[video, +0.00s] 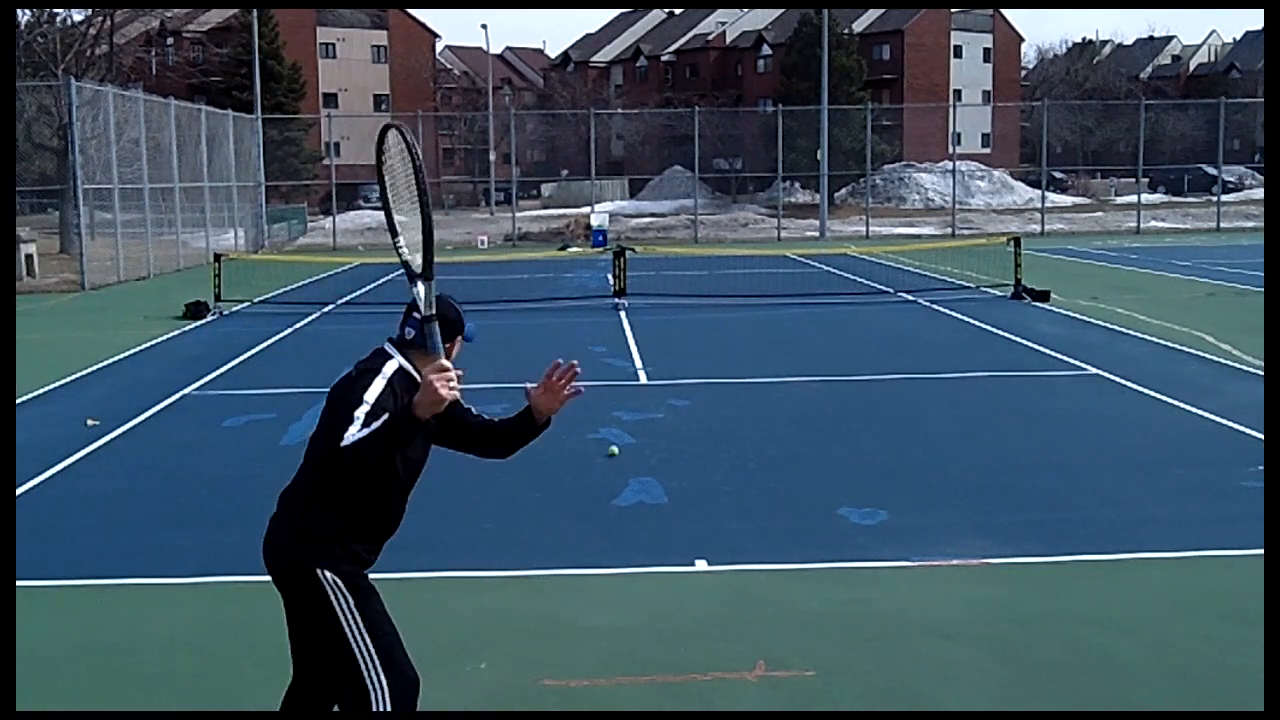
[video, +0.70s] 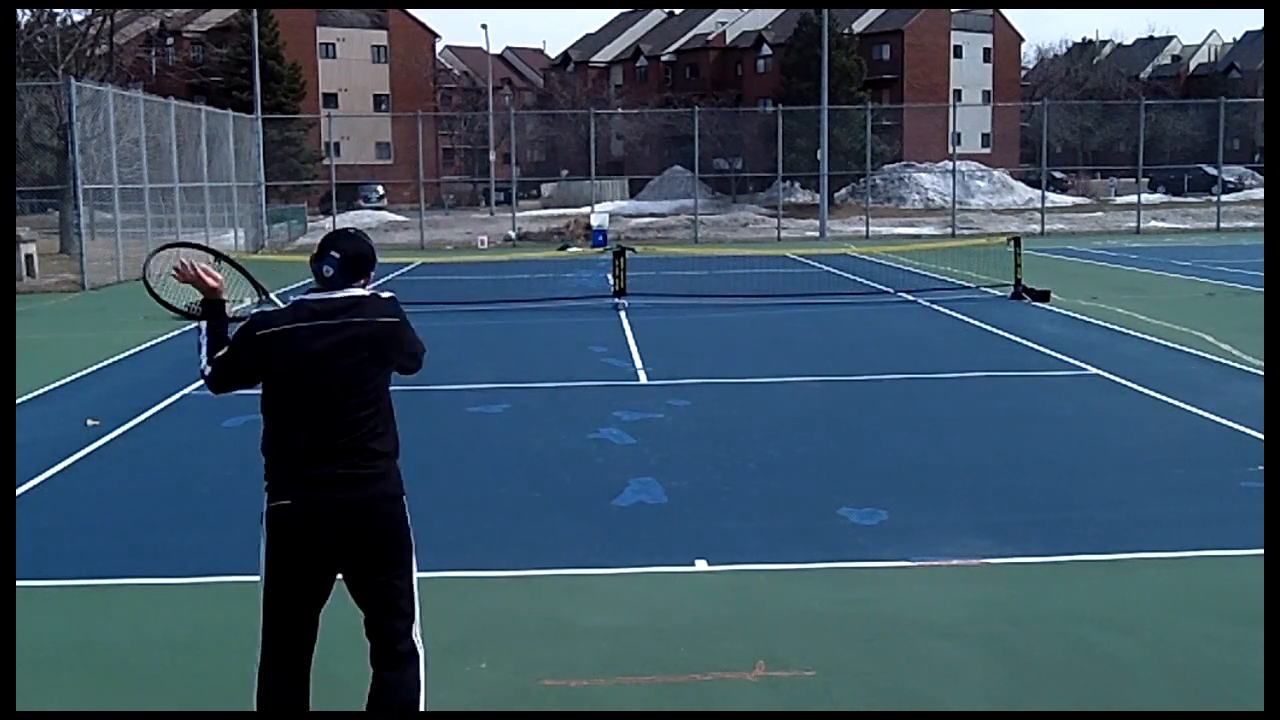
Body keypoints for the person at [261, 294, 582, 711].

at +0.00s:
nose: (457, 355)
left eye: (458, 345)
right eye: (457, 344)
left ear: (412, 335)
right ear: (447, 344)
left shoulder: (419, 390)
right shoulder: (378, 379)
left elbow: (492, 441)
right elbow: (342, 454)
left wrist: (536, 414)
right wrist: (413, 413)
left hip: (334, 553)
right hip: (313, 553)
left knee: (316, 687)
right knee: (391, 686)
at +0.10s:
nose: (456, 357)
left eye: (457, 348)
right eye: (456, 349)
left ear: (408, 339)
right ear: (448, 354)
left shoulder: (426, 404)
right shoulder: (367, 383)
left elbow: (484, 448)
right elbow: (317, 440)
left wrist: (545, 437)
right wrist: (360, 413)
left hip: (327, 553)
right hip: (301, 551)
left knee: (321, 681)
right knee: (382, 684)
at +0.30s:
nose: (456, 368)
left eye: (455, 360)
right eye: (456, 360)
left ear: (407, 352)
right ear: (445, 367)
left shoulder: (399, 404)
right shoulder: (383, 389)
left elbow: (440, 468)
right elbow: (329, 452)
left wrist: (518, 490)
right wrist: (346, 490)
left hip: (276, 549)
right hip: (301, 554)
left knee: (307, 677)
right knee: (384, 682)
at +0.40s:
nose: (441, 356)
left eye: (442, 348)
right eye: (442, 349)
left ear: (392, 337)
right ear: (431, 353)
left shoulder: (349, 370)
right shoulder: (388, 384)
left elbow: (371, 465)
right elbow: (357, 477)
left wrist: (441, 477)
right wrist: (406, 544)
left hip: (267, 537)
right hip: (312, 547)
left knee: (294, 675)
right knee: (388, 680)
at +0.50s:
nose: (414, 324)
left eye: (417, 317)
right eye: (415, 317)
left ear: (366, 297)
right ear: (403, 312)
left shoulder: (294, 337)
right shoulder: (392, 344)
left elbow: (297, 428)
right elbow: (393, 448)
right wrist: (438, 486)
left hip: (272, 511)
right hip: (340, 519)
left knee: (278, 652)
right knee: (374, 662)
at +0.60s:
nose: (392, 290)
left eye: (394, 285)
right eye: (392, 284)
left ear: (338, 269)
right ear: (384, 283)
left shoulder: (273, 316)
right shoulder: (388, 320)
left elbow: (251, 396)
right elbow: (409, 404)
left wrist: (260, 327)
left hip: (284, 500)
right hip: (359, 502)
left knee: (278, 642)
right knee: (379, 641)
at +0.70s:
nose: (367, 281)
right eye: (368, 274)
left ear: (315, 271)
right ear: (367, 277)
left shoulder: (272, 326)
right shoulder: (382, 315)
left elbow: (219, 376)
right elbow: (411, 361)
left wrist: (213, 304)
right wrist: (372, 302)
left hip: (296, 511)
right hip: (373, 507)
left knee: (285, 646)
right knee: (395, 639)